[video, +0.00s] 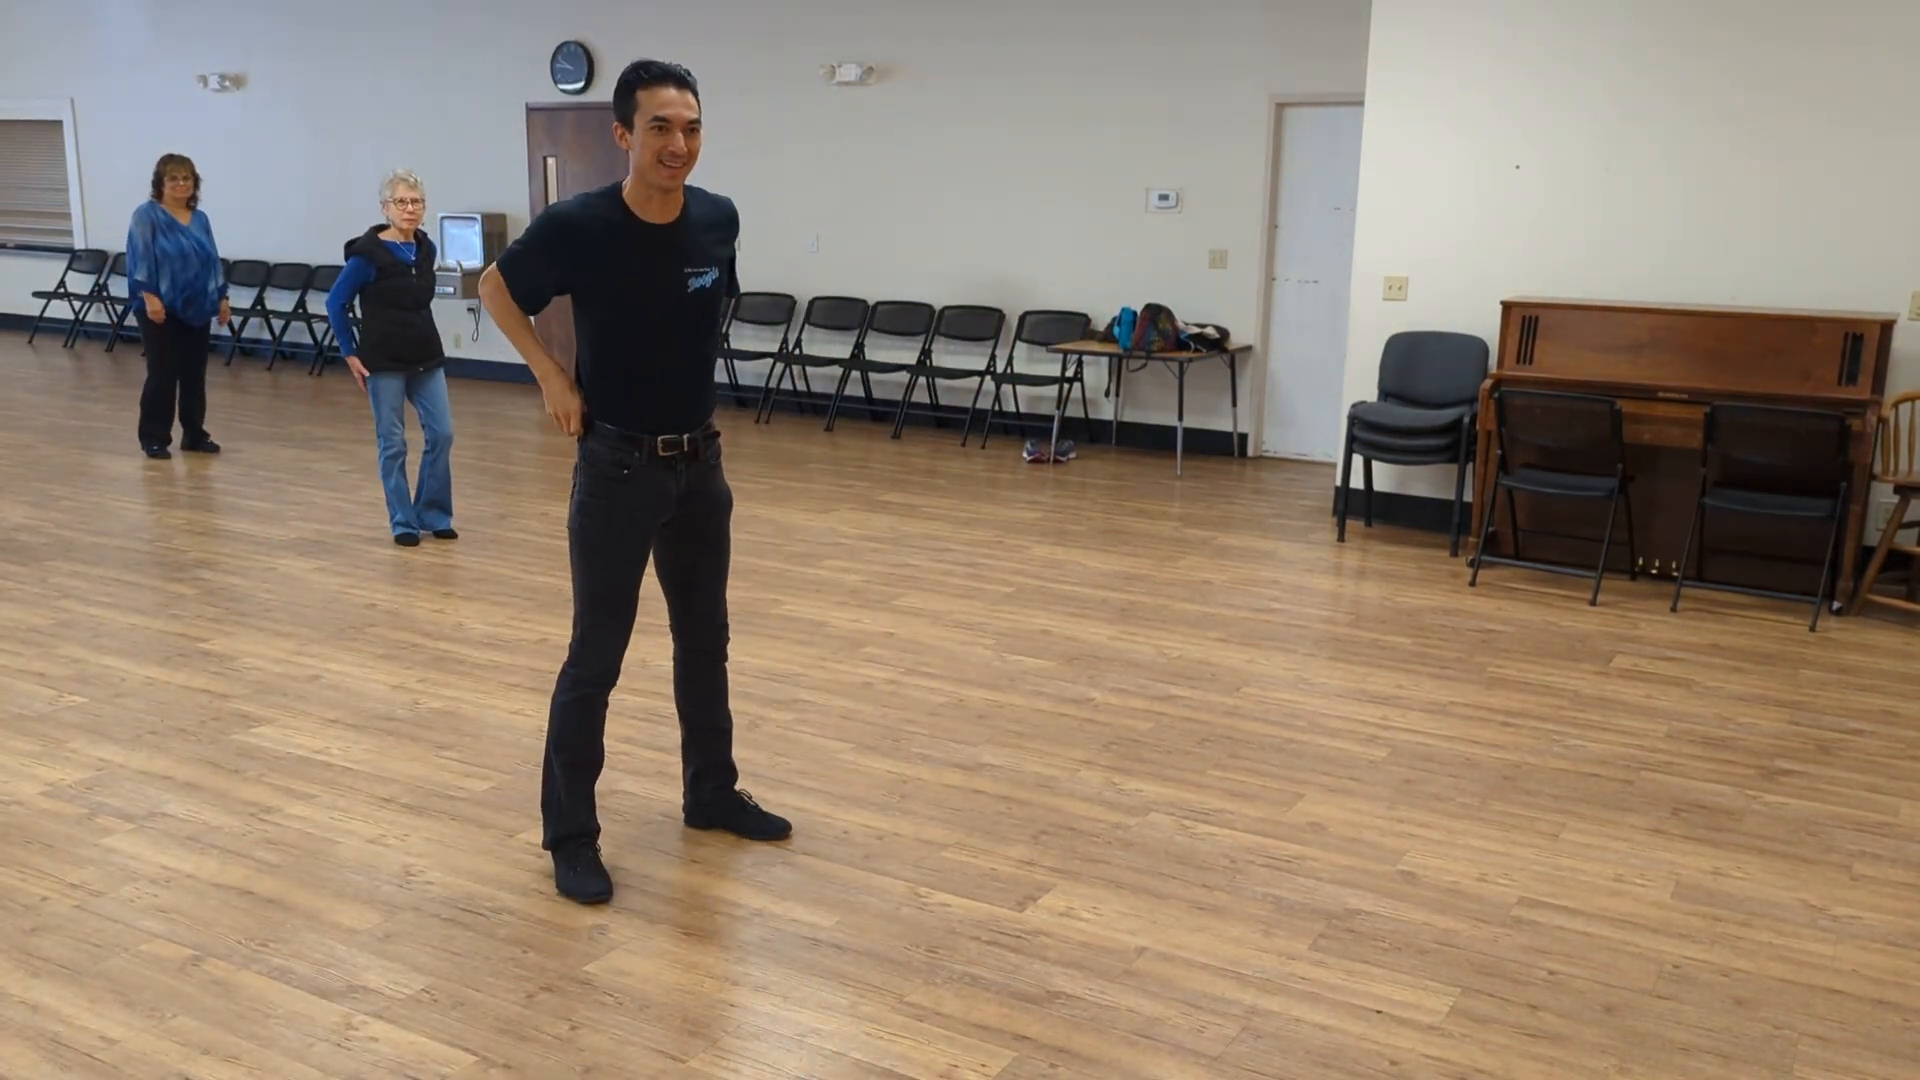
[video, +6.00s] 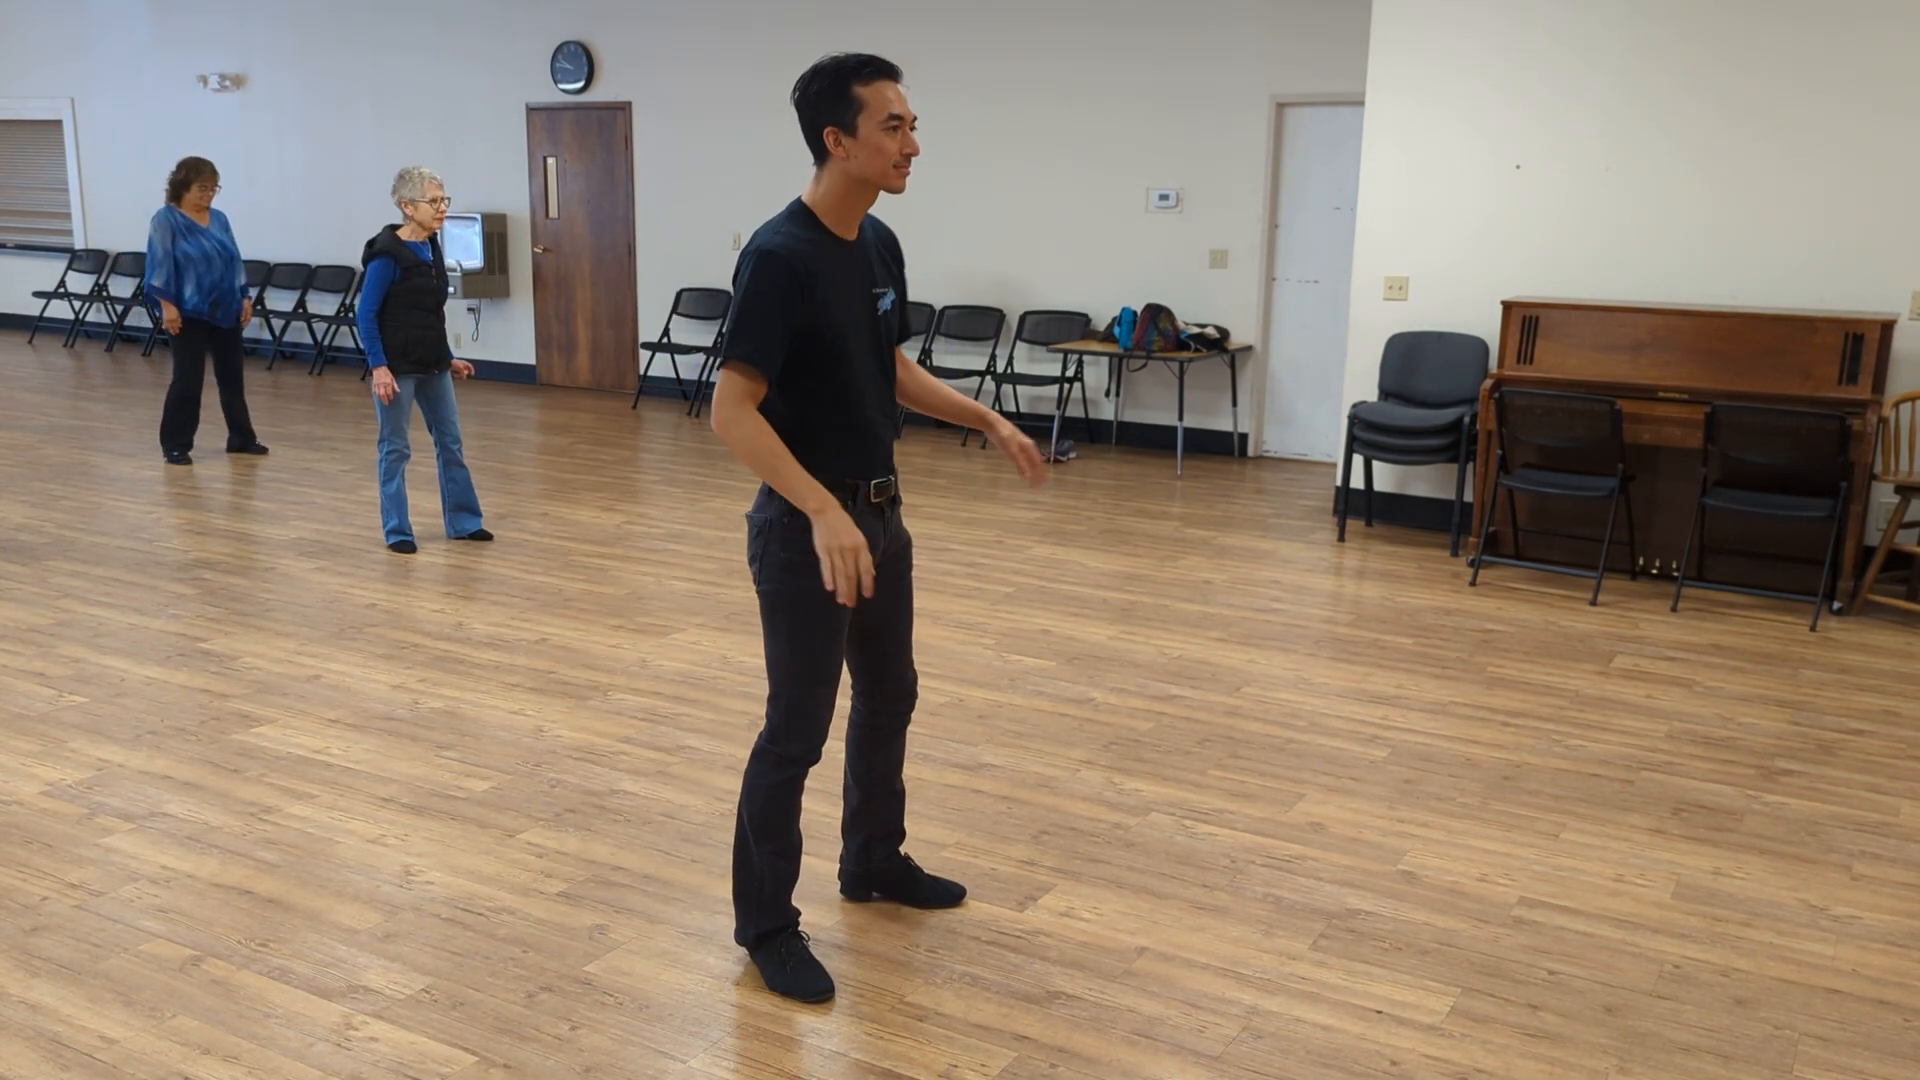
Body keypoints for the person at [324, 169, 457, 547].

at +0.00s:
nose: (410, 209)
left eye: (416, 202)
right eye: (401, 202)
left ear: (424, 207)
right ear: (386, 207)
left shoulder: (426, 249)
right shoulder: (370, 253)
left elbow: (417, 300)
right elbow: (335, 302)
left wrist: (421, 339)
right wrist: (350, 353)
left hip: (425, 358)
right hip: (383, 362)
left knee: (441, 434)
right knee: (393, 443)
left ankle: (434, 515)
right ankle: (403, 523)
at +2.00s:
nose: (450, 209)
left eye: (456, 202)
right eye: (442, 203)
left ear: (464, 207)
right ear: (426, 207)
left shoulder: (470, 250)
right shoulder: (410, 253)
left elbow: (478, 306)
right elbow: (382, 306)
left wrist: (486, 348)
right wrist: (389, 355)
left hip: (467, 360)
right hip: (422, 362)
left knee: (460, 440)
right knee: (429, 442)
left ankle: (457, 518)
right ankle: (414, 525)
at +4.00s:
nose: (449, 205)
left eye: (455, 198)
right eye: (440, 199)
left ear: (461, 202)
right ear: (424, 204)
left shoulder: (466, 247)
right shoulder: (409, 251)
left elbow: (470, 305)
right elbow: (388, 310)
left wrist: (493, 350)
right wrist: (395, 361)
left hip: (469, 358)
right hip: (427, 360)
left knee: (464, 442)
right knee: (420, 446)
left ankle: (464, 521)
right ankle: (411, 526)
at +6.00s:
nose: (443, 208)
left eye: (444, 201)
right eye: (434, 202)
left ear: (440, 204)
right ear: (408, 207)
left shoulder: (431, 248)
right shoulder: (387, 254)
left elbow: (429, 314)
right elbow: (365, 313)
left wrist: (448, 358)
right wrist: (378, 366)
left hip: (433, 364)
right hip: (395, 367)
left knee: (450, 443)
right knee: (395, 449)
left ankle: (463, 522)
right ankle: (397, 531)